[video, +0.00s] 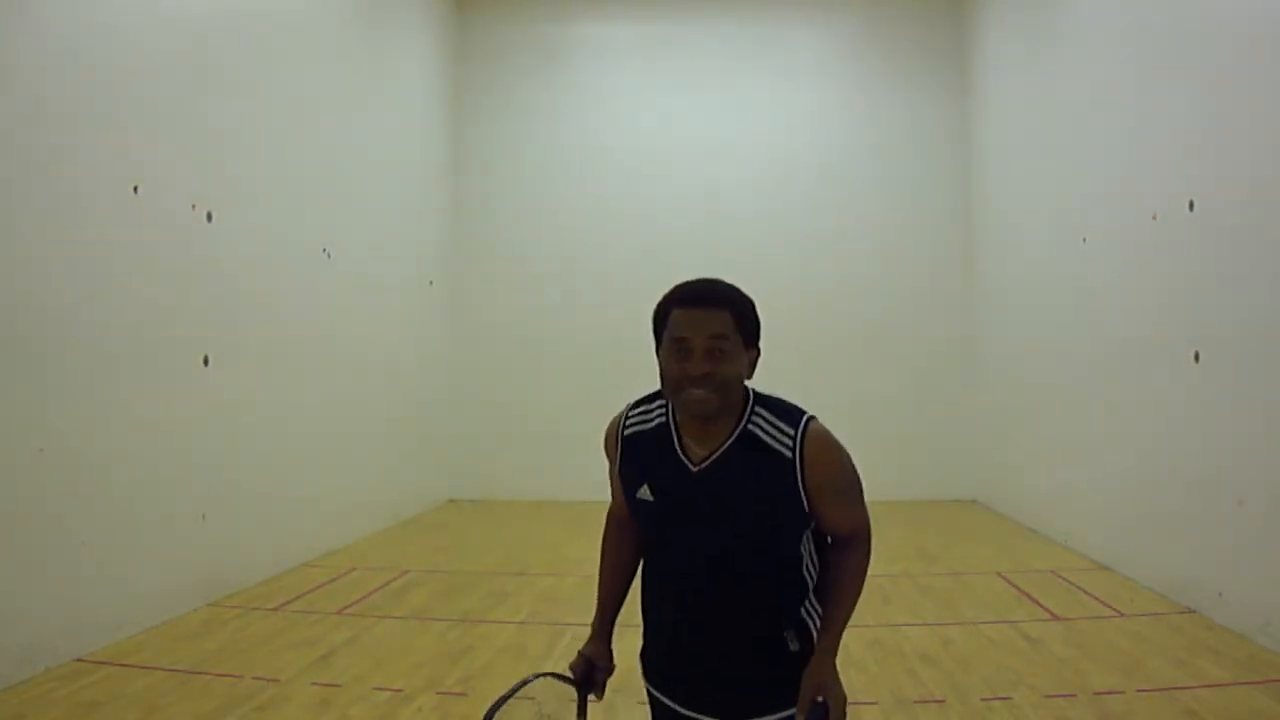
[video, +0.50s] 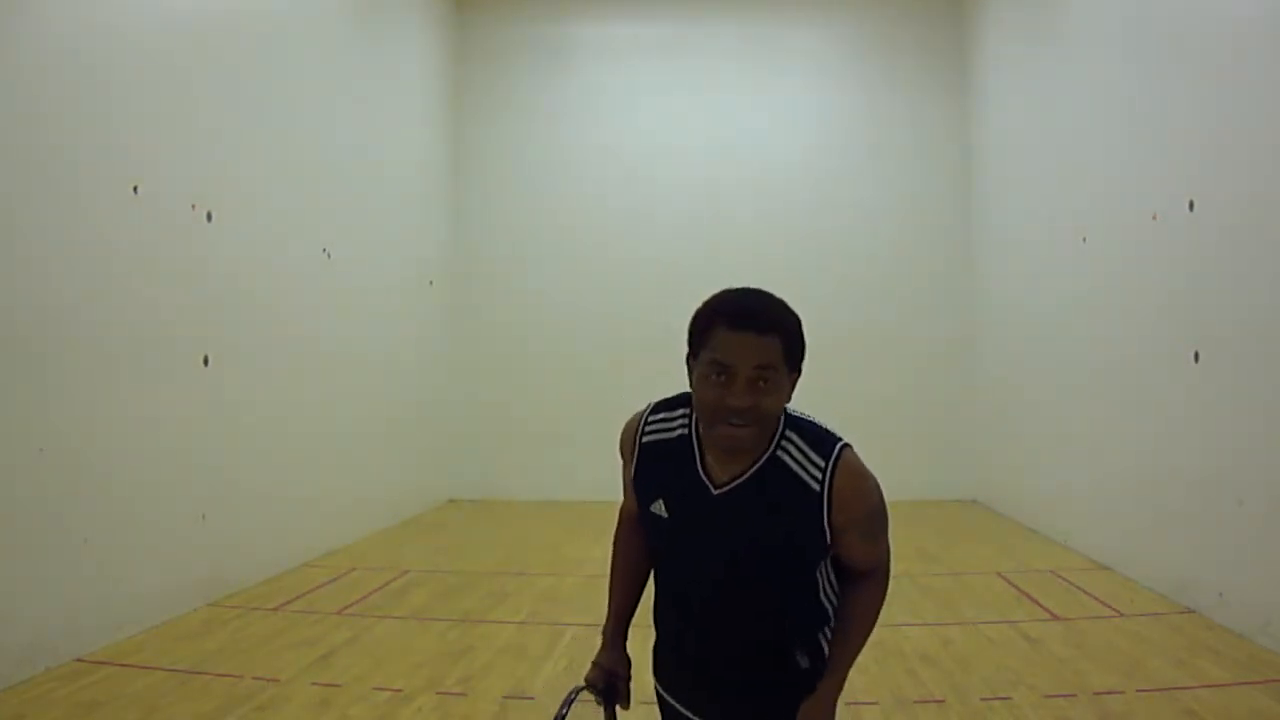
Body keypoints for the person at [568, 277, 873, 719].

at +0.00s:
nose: (697, 367)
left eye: (718, 350)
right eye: (680, 349)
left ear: (751, 359)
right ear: (658, 357)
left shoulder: (805, 447)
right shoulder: (629, 436)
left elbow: (851, 541)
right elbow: (625, 521)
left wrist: (825, 656)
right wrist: (600, 635)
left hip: (778, 687)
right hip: (675, 683)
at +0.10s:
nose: (703, 385)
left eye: (725, 367)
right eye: (686, 364)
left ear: (759, 373)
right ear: (664, 365)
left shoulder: (811, 464)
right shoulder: (631, 441)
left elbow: (855, 555)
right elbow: (630, 525)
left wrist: (826, 673)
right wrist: (608, 636)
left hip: (780, 691)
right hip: (678, 685)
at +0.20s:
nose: (709, 392)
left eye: (734, 374)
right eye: (694, 369)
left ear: (767, 382)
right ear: (672, 368)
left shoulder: (817, 471)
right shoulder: (635, 440)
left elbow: (855, 566)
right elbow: (633, 521)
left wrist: (823, 683)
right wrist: (612, 632)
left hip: (779, 693)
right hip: (680, 685)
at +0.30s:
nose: (717, 388)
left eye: (741, 370)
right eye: (702, 365)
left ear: (776, 380)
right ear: (679, 365)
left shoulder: (823, 472)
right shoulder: (640, 435)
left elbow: (857, 571)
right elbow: (634, 519)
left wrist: (820, 687)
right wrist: (611, 631)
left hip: (779, 691)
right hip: (681, 682)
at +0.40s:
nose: (727, 388)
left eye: (751, 369)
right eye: (710, 364)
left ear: (784, 378)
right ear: (685, 363)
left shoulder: (830, 474)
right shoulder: (643, 435)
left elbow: (862, 573)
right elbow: (636, 520)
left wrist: (820, 690)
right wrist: (611, 634)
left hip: (781, 691)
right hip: (682, 680)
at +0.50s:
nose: (738, 400)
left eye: (761, 380)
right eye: (719, 375)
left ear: (792, 383)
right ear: (690, 371)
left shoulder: (837, 480)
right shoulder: (646, 439)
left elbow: (867, 576)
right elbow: (637, 522)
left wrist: (827, 694)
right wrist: (613, 641)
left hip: (785, 693)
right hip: (683, 683)